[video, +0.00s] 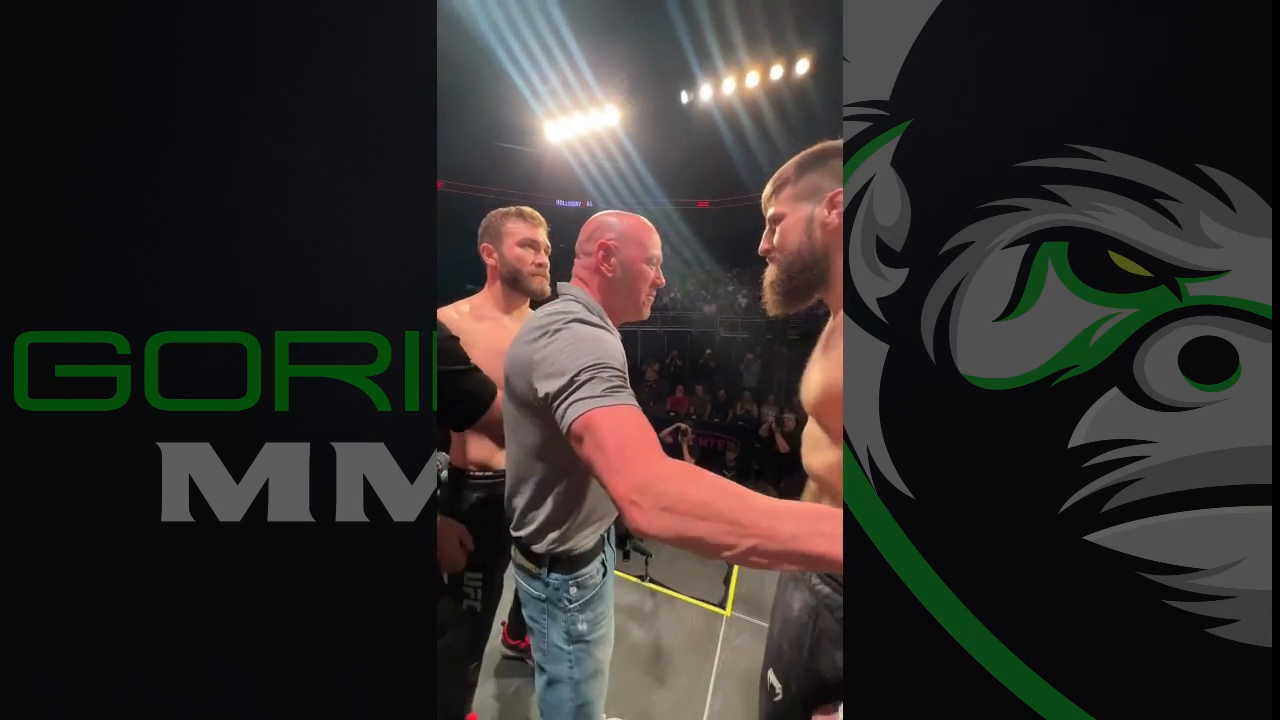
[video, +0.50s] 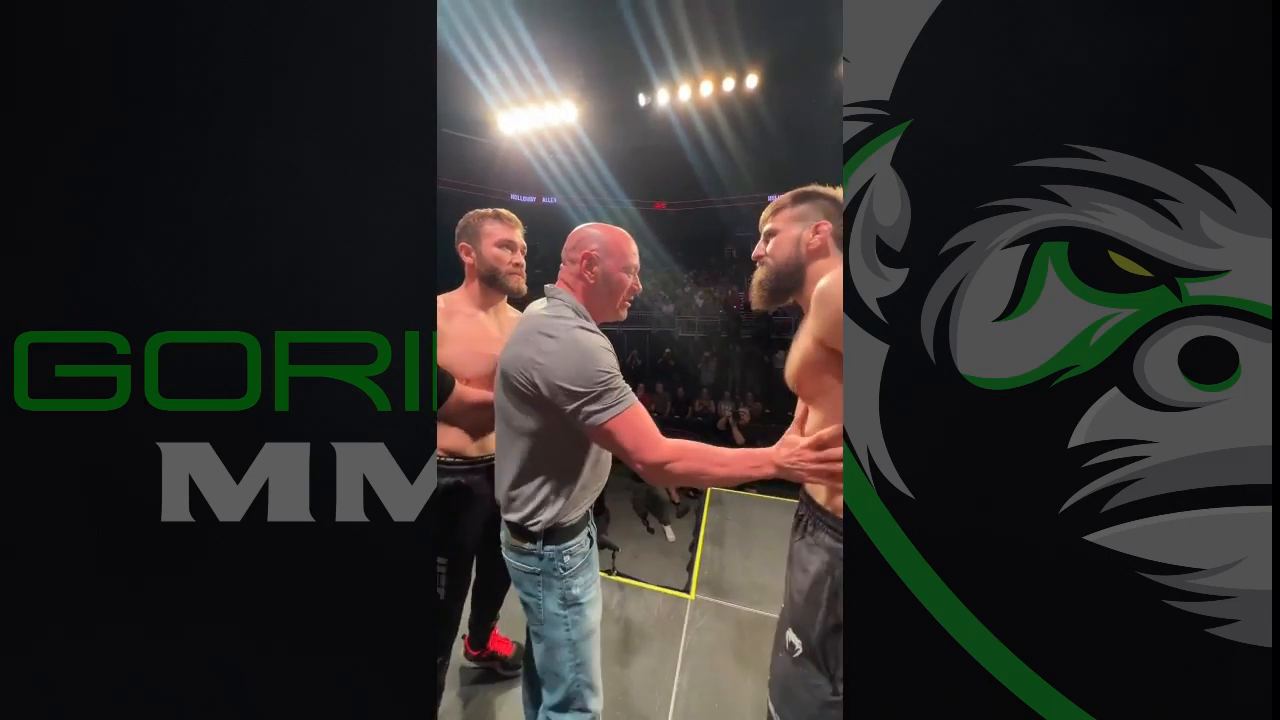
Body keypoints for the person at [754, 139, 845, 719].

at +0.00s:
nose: (764, 245)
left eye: (776, 221)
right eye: (766, 227)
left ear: (832, 211)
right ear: (829, 214)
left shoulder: (858, 333)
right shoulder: (835, 330)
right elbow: (829, 482)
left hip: (836, 589)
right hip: (812, 579)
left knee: (800, 706)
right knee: (783, 704)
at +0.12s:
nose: (767, 244)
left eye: (779, 221)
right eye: (769, 226)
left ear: (834, 214)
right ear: (829, 217)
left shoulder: (854, 333)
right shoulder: (833, 328)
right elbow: (832, 480)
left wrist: (842, 692)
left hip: (837, 571)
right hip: (813, 557)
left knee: (802, 704)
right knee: (786, 701)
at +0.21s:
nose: (767, 245)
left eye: (779, 224)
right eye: (768, 228)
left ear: (834, 218)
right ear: (828, 222)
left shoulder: (851, 334)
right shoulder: (832, 328)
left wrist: (836, 687)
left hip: (835, 574)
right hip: (811, 557)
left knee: (790, 708)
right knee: (779, 702)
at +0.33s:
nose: (763, 249)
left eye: (775, 231)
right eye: (764, 235)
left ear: (828, 228)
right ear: (824, 233)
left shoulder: (845, 309)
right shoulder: (831, 309)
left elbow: (882, 479)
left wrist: (834, 641)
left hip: (834, 562)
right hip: (817, 549)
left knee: (785, 705)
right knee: (779, 698)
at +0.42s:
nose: (758, 252)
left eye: (771, 235)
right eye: (761, 238)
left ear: (821, 235)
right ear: (819, 239)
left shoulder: (840, 299)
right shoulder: (827, 303)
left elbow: (884, 448)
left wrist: (846, 629)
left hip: (836, 553)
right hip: (818, 539)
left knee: (792, 699)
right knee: (788, 693)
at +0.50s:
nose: (756, 251)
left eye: (770, 234)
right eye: (760, 238)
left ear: (819, 236)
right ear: (818, 240)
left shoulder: (836, 292)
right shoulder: (822, 301)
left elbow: (889, 385)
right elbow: (808, 420)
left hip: (835, 537)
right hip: (818, 529)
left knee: (804, 692)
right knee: (804, 688)